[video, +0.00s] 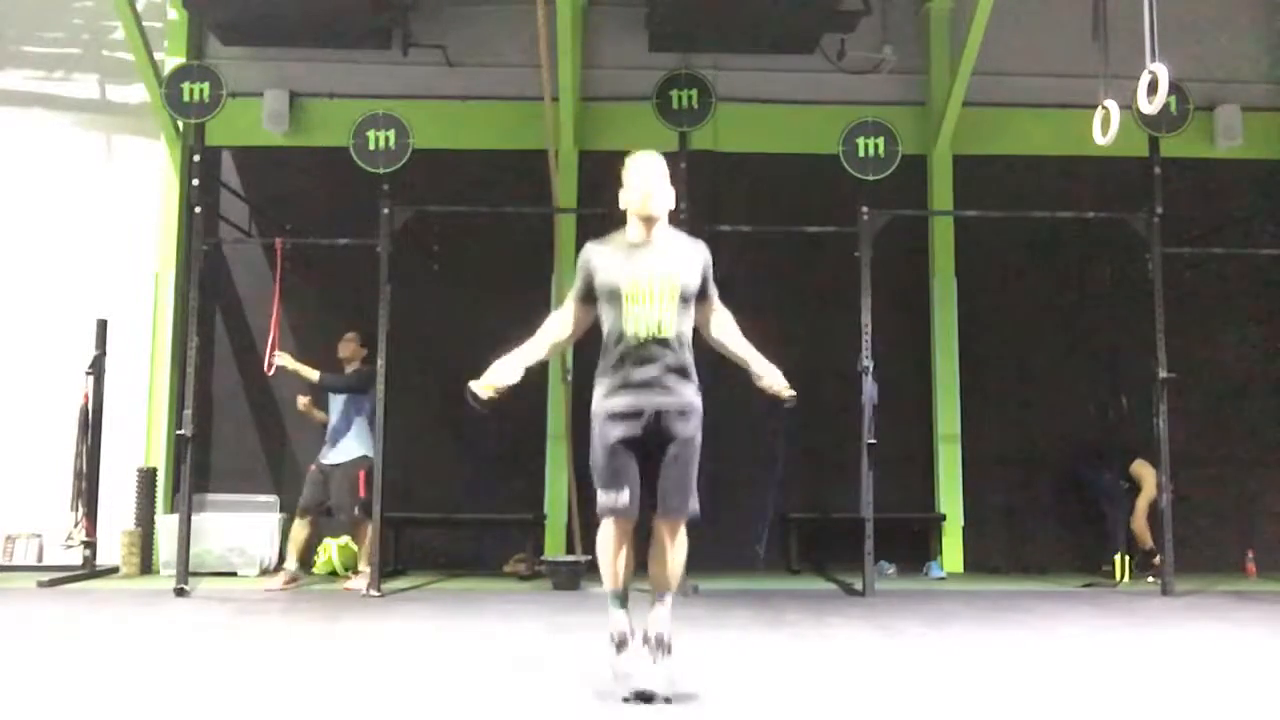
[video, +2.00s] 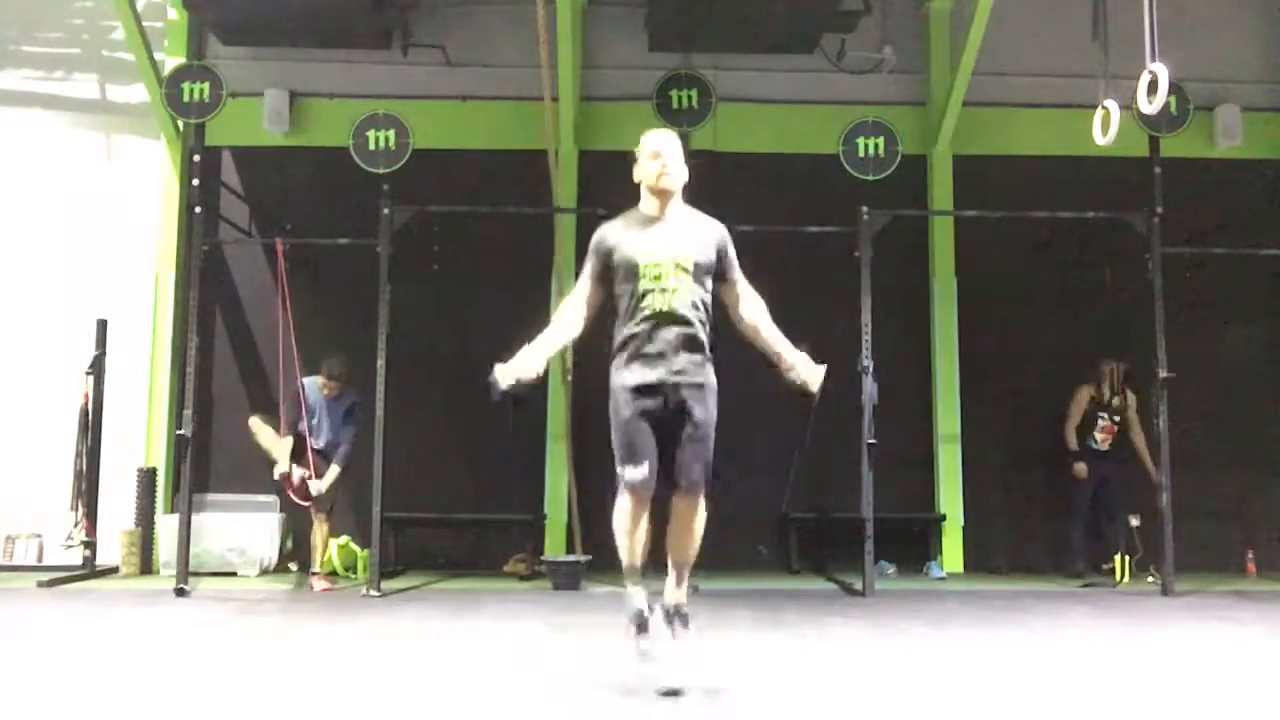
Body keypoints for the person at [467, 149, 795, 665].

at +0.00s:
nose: (651, 191)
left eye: (657, 183)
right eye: (641, 183)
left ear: (671, 191)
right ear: (622, 193)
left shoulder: (695, 254)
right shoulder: (597, 255)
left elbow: (712, 317)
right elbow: (568, 321)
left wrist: (760, 366)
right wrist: (513, 362)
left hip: (679, 398)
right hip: (616, 399)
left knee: (672, 516)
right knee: (618, 512)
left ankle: (660, 625)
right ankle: (619, 623)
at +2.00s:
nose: (663, 165)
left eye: (671, 157)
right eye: (653, 157)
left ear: (685, 169)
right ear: (637, 169)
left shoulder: (712, 233)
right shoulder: (611, 236)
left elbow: (745, 305)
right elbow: (578, 308)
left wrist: (794, 359)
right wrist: (530, 357)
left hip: (694, 373)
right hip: (633, 373)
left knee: (691, 487)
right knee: (638, 482)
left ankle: (676, 599)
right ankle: (635, 597)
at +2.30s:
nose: (664, 220)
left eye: (671, 211)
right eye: (654, 211)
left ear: (685, 218)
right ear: (636, 218)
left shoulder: (709, 280)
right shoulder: (609, 282)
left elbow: (736, 346)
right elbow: (573, 350)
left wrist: (791, 381)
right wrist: (513, 375)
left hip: (698, 419)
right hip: (635, 420)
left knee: (692, 540)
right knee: (641, 535)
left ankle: (678, 650)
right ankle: (638, 651)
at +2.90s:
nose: (672, 237)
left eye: (679, 227)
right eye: (662, 227)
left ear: (691, 236)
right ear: (642, 237)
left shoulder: (714, 302)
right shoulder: (613, 302)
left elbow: (744, 370)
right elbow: (577, 370)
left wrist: (806, 403)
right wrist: (525, 379)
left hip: (692, 447)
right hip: (629, 445)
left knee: (686, 565)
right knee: (630, 558)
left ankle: (673, 665)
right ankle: (631, 665)